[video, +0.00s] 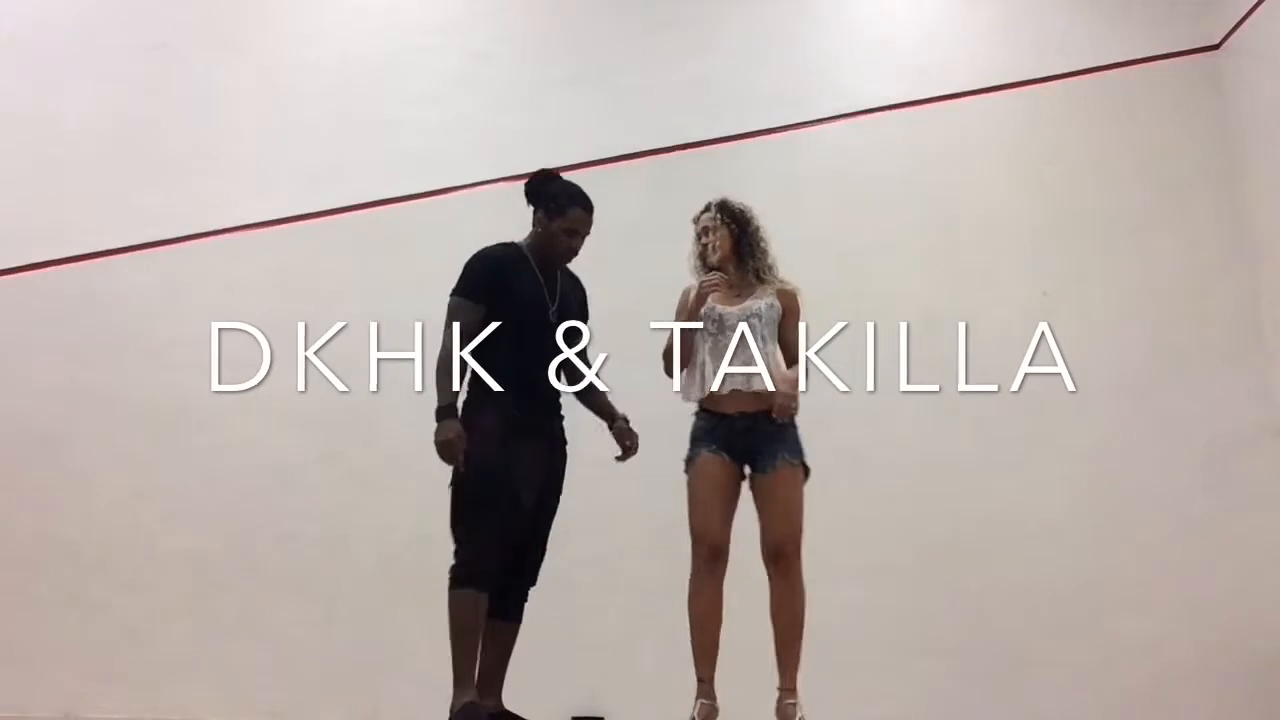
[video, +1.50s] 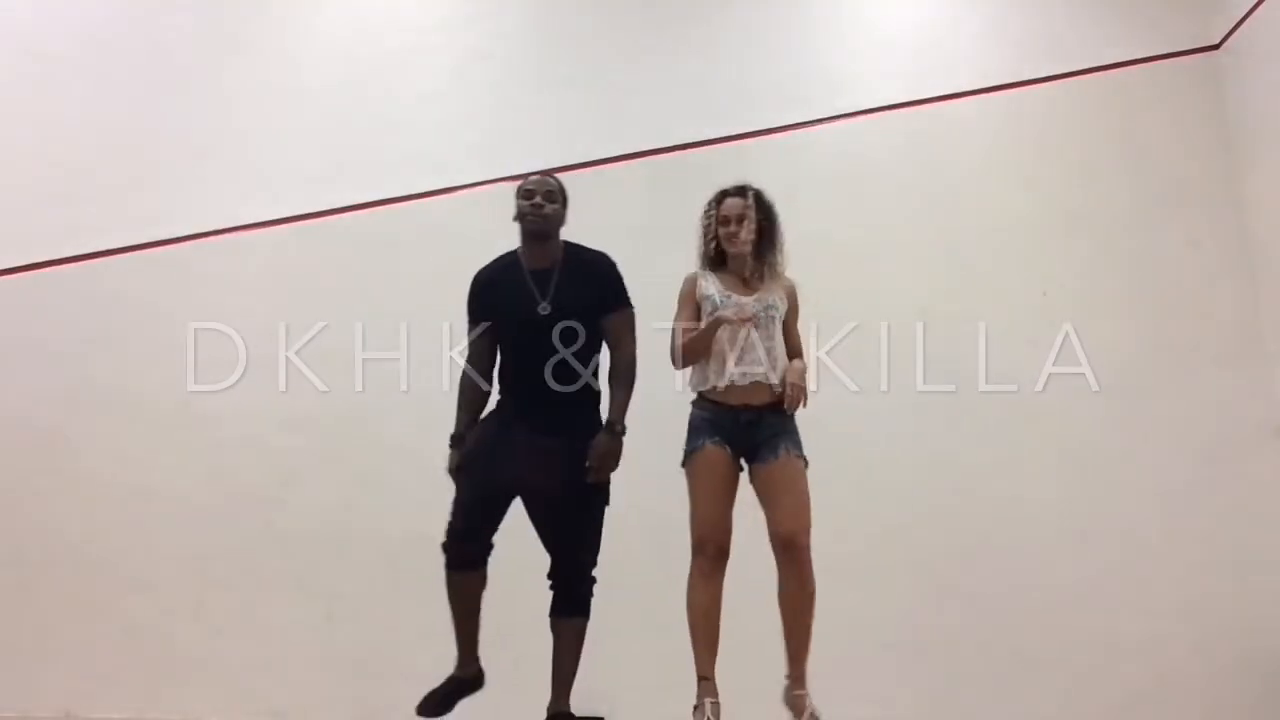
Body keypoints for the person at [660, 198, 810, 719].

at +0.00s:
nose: (705, 241)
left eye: (713, 231)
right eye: (701, 235)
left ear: (739, 234)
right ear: (699, 244)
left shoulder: (780, 296)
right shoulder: (696, 296)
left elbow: (794, 362)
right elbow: (673, 368)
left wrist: (789, 387)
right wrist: (691, 309)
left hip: (773, 431)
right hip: (713, 431)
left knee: (782, 555)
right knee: (709, 553)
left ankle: (788, 692)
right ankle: (705, 693)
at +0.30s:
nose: (730, 250)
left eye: (738, 240)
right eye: (725, 243)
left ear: (762, 242)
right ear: (722, 252)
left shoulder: (801, 305)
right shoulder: (719, 308)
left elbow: (821, 371)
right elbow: (698, 381)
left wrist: (813, 384)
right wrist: (716, 328)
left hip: (798, 433)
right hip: (739, 436)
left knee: (801, 558)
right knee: (742, 544)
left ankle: (793, 694)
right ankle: (747, 686)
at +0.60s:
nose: (739, 250)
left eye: (746, 239)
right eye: (732, 243)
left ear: (770, 236)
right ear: (728, 250)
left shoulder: (814, 292)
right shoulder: (729, 302)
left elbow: (829, 366)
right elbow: (718, 368)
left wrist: (797, 342)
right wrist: (725, 391)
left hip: (796, 428)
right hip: (737, 427)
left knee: (797, 555)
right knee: (733, 534)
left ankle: (793, 694)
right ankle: (737, 679)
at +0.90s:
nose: (729, 248)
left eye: (735, 237)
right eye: (720, 242)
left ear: (759, 233)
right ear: (717, 249)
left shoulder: (803, 287)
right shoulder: (719, 299)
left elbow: (841, 350)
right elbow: (707, 366)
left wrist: (802, 330)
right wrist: (715, 379)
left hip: (781, 429)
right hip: (722, 426)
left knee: (787, 557)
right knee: (715, 551)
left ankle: (791, 694)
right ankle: (707, 688)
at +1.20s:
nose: (721, 244)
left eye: (728, 233)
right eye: (712, 238)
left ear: (749, 234)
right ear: (704, 246)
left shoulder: (790, 293)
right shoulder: (702, 299)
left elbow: (807, 371)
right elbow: (682, 373)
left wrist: (793, 352)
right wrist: (699, 367)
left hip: (764, 433)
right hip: (706, 426)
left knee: (767, 553)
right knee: (703, 551)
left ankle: (749, 691)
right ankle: (704, 691)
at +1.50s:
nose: (734, 229)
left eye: (743, 221)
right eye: (725, 221)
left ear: (761, 227)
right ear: (714, 228)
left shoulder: (782, 288)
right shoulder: (698, 285)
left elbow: (796, 355)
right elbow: (682, 356)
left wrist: (796, 373)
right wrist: (715, 325)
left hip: (773, 423)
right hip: (712, 423)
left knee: (794, 545)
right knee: (710, 550)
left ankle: (797, 684)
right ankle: (705, 690)